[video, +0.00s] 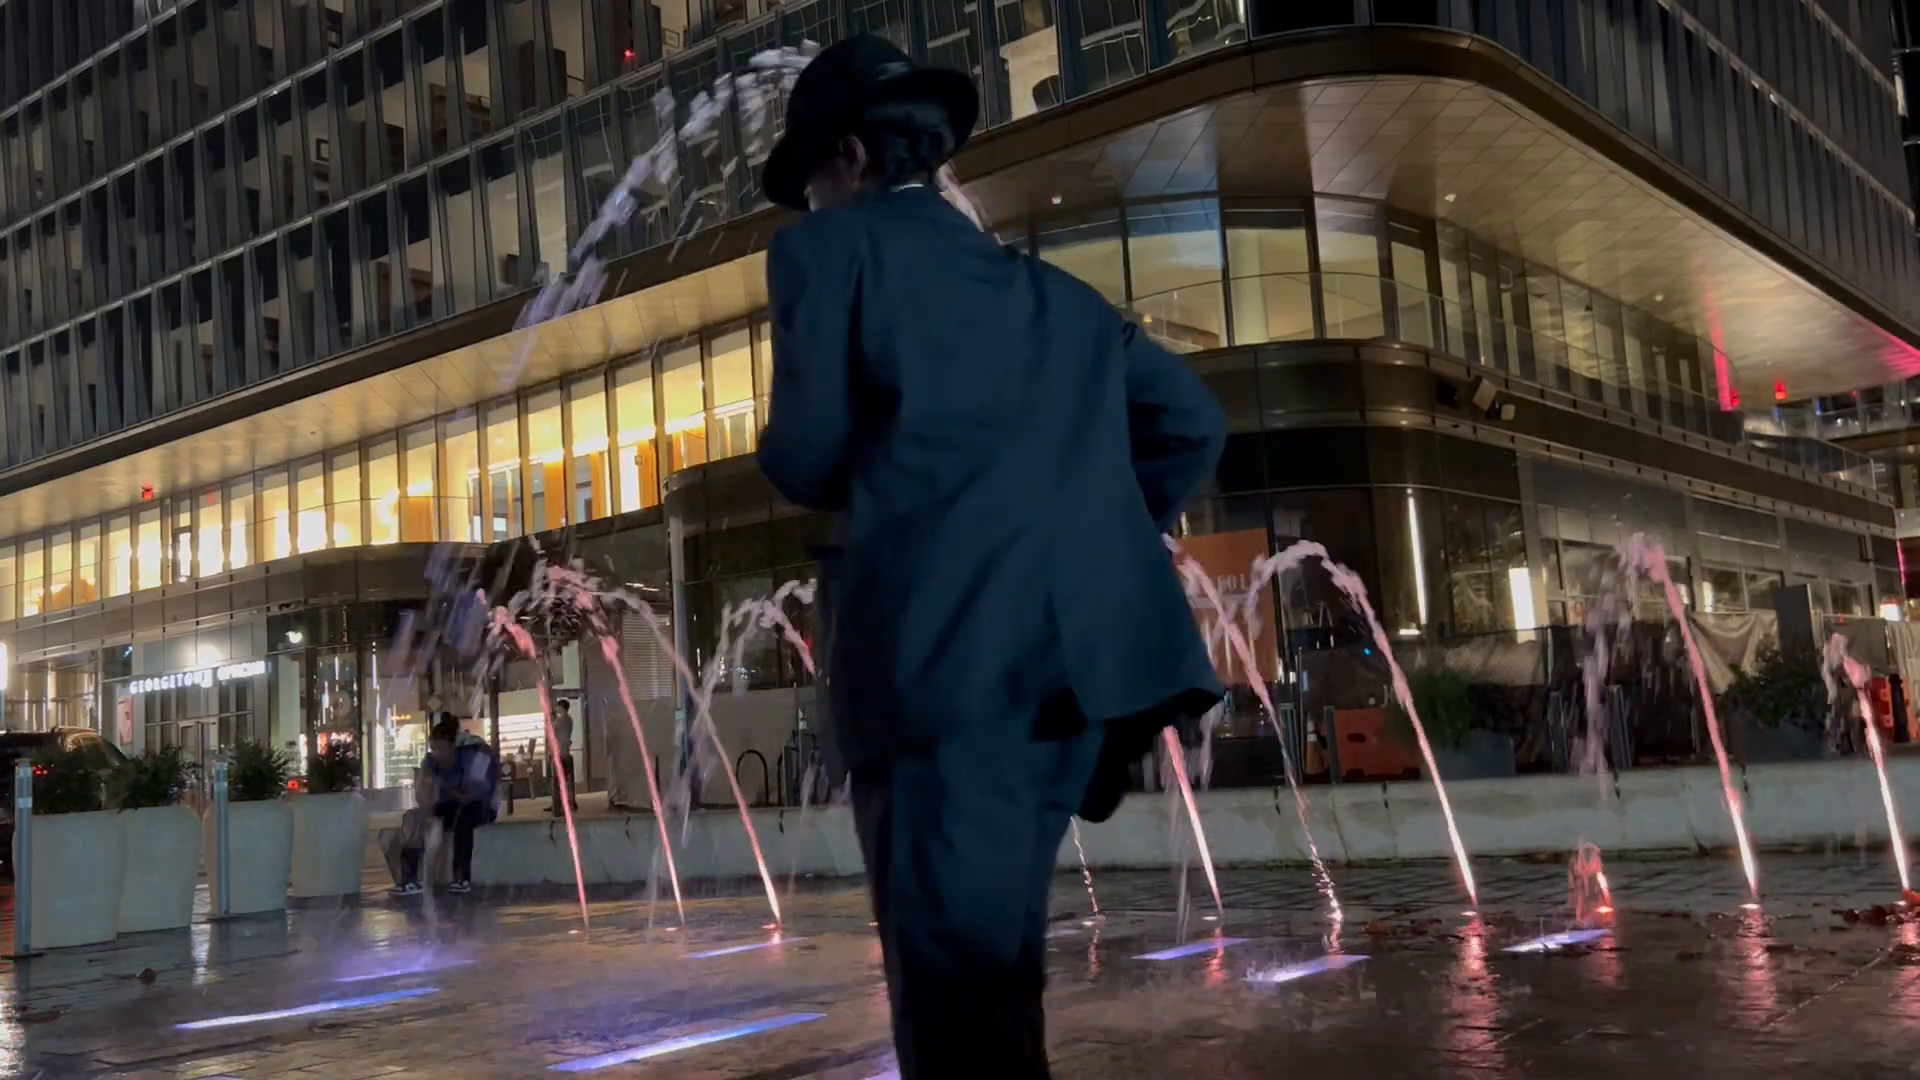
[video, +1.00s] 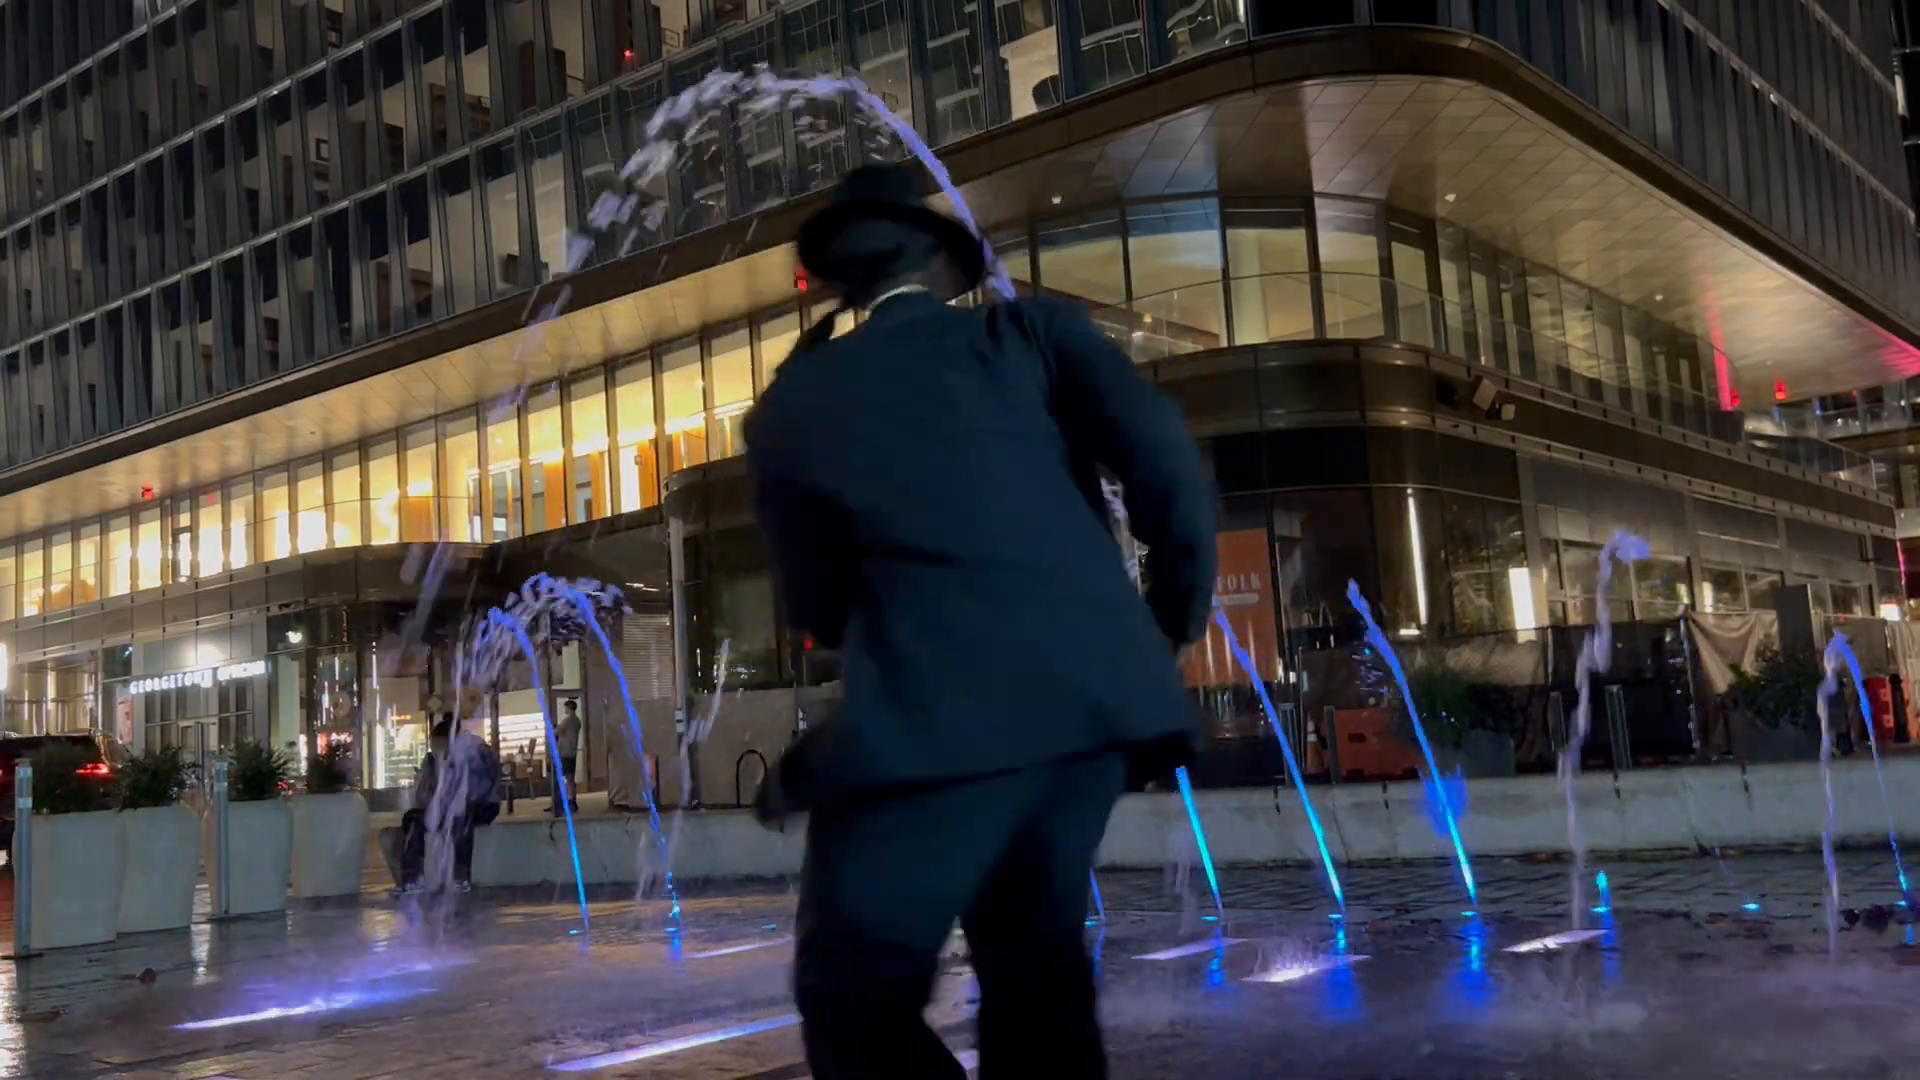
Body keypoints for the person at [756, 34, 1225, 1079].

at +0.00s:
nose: (808, 207)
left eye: (810, 182)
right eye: (805, 186)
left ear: (851, 157)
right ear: (926, 161)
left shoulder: (830, 242)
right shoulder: (1048, 285)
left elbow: (804, 455)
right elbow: (1191, 423)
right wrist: (1107, 532)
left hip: (947, 635)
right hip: (1092, 633)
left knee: (946, 981)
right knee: (1003, 965)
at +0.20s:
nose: (805, 235)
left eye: (805, 212)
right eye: (799, 218)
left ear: (841, 189)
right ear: (923, 192)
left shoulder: (834, 266)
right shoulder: (1038, 313)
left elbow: (801, 454)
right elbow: (1135, 481)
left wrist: (774, 577)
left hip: (932, 683)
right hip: (1072, 675)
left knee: (855, 981)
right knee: (1001, 938)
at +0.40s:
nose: (781, 250)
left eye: (781, 226)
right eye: (775, 232)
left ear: (818, 198)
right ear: (898, 192)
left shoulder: (813, 269)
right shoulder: (994, 296)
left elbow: (800, 483)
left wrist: (809, 614)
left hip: (946, 671)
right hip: (1071, 668)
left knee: (936, 996)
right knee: (986, 975)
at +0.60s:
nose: (763, 273)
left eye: (759, 248)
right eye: (756, 256)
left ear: (792, 217)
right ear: (875, 199)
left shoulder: (817, 280)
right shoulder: (949, 284)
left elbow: (862, 493)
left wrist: (859, 573)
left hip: (986, 651)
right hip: (1067, 643)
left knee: (911, 966)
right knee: (976, 962)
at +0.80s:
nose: (747, 354)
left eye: (740, 323)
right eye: (739, 334)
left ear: (756, 290)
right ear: (838, 276)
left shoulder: (830, 336)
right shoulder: (895, 351)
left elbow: (839, 519)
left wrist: (652, 649)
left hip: (1017, 701)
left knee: (880, 976)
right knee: (1014, 972)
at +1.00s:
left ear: (837, 294)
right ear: (953, 265)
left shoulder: (792, 406)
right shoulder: (1039, 327)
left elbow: (816, 606)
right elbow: (1170, 463)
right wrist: (1166, 627)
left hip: (929, 731)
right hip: (1093, 704)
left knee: (854, 1009)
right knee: (1035, 974)